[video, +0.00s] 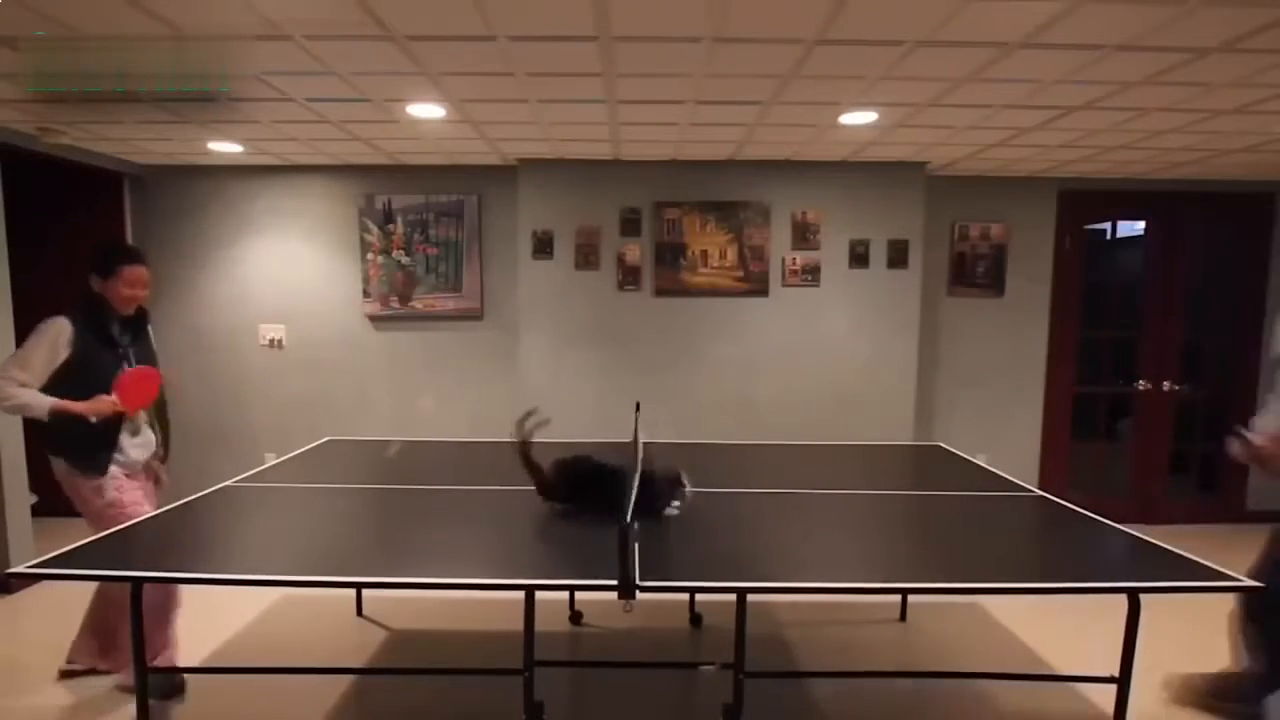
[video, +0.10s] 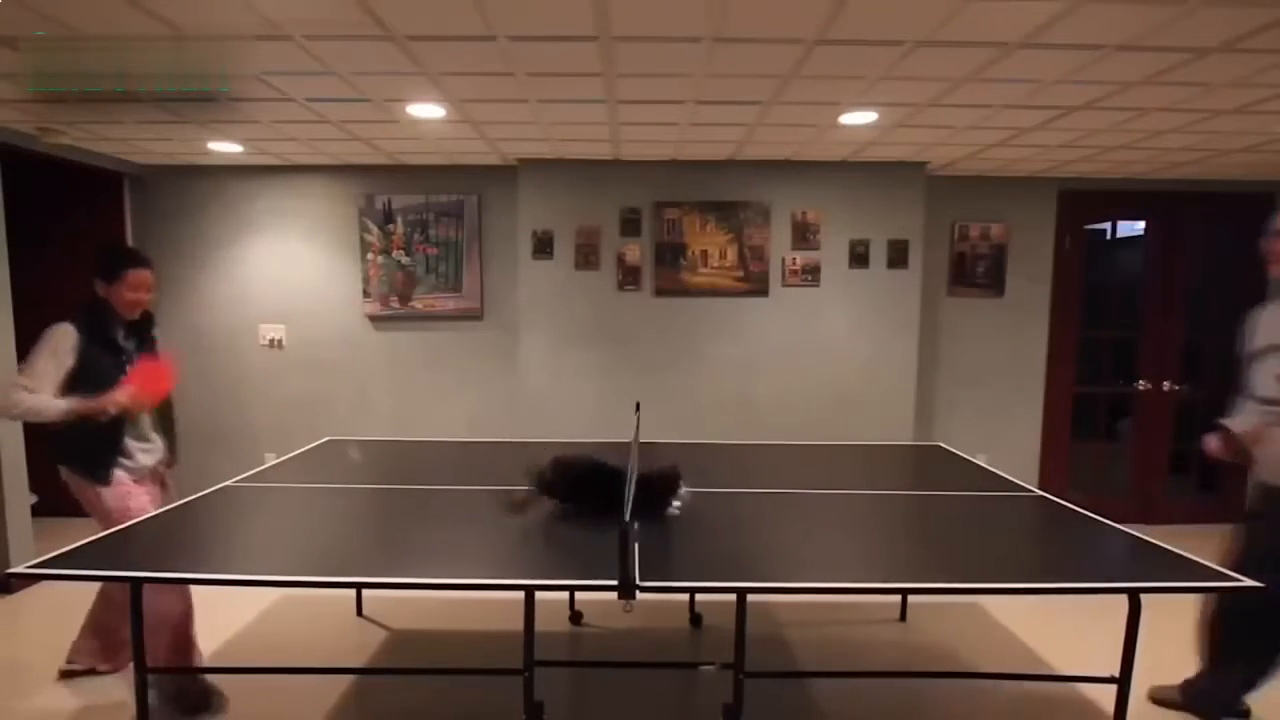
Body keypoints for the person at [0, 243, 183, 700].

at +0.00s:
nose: (139, 295)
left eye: (144, 286)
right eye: (130, 286)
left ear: (146, 287)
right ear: (100, 284)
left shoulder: (136, 327)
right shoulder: (64, 330)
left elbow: (141, 387)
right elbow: (6, 390)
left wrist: (154, 389)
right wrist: (77, 407)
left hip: (140, 458)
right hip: (90, 467)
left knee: (133, 553)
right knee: (154, 550)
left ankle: (90, 655)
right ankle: (154, 668)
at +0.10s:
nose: (143, 299)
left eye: (148, 290)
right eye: (134, 289)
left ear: (152, 291)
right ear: (105, 288)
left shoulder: (142, 336)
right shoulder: (69, 336)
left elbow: (146, 399)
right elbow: (14, 400)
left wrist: (156, 388)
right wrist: (93, 404)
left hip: (149, 465)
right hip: (99, 472)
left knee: (140, 556)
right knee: (163, 556)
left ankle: (91, 655)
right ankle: (176, 676)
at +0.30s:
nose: (186, 282)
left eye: (188, 272)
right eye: (175, 273)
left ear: (186, 276)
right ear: (142, 278)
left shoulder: (175, 328)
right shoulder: (119, 325)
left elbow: (186, 403)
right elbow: (110, 378)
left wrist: (188, 460)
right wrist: (182, 344)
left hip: (165, 466)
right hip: (121, 468)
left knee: (133, 565)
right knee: (176, 569)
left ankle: (92, 657)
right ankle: (174, 689)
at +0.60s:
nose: (227, 292)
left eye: (229, 283)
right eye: (218, 282)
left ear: (218, 283)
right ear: (182, 280)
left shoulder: (200, 327)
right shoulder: (150, 324)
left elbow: (189, 381)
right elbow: (94, 386)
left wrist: (227, 385)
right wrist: (179, 387)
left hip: (175, 469)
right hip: (132, 473)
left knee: (136, 564)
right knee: (172, 578)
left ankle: (103, 640)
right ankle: (173, 692)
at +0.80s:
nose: (219, 341)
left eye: (223, 332)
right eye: (214, 330)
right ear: (182, 322)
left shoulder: (191, 362)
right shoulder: (135, 359)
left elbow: (176, 428)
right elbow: (59, 422)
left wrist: (193, 441)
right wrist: (132, 452)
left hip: (149, 480)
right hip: (100, 483)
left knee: (172, 562)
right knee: (162, 578)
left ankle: (118, 650)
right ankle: (172, 694)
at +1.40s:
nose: (125, 318)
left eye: (128, 309)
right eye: (116, 308)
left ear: (129, 311)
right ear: (85, 306)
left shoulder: (116, 351)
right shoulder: (39, 345)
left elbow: (118, 411)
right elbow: (1, 415)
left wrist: (123, 427)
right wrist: (56, 437)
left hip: (101, 476)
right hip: (47, 486)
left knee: (132, 547)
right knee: (47, 564)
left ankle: (118, 639)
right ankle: (23, 655)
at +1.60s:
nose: (154, 322)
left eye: (157, 313)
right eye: (147, 312)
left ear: (149, 313)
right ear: (118, 309)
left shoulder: (139, 357)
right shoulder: (72, 350)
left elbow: (130, 415)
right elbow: (49, 420)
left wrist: (160, 400)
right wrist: (132, 410)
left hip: (126, 480)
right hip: (73, 488)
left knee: (167, 539)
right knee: (72, 572)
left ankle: (208, 617)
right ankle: (27, 654)